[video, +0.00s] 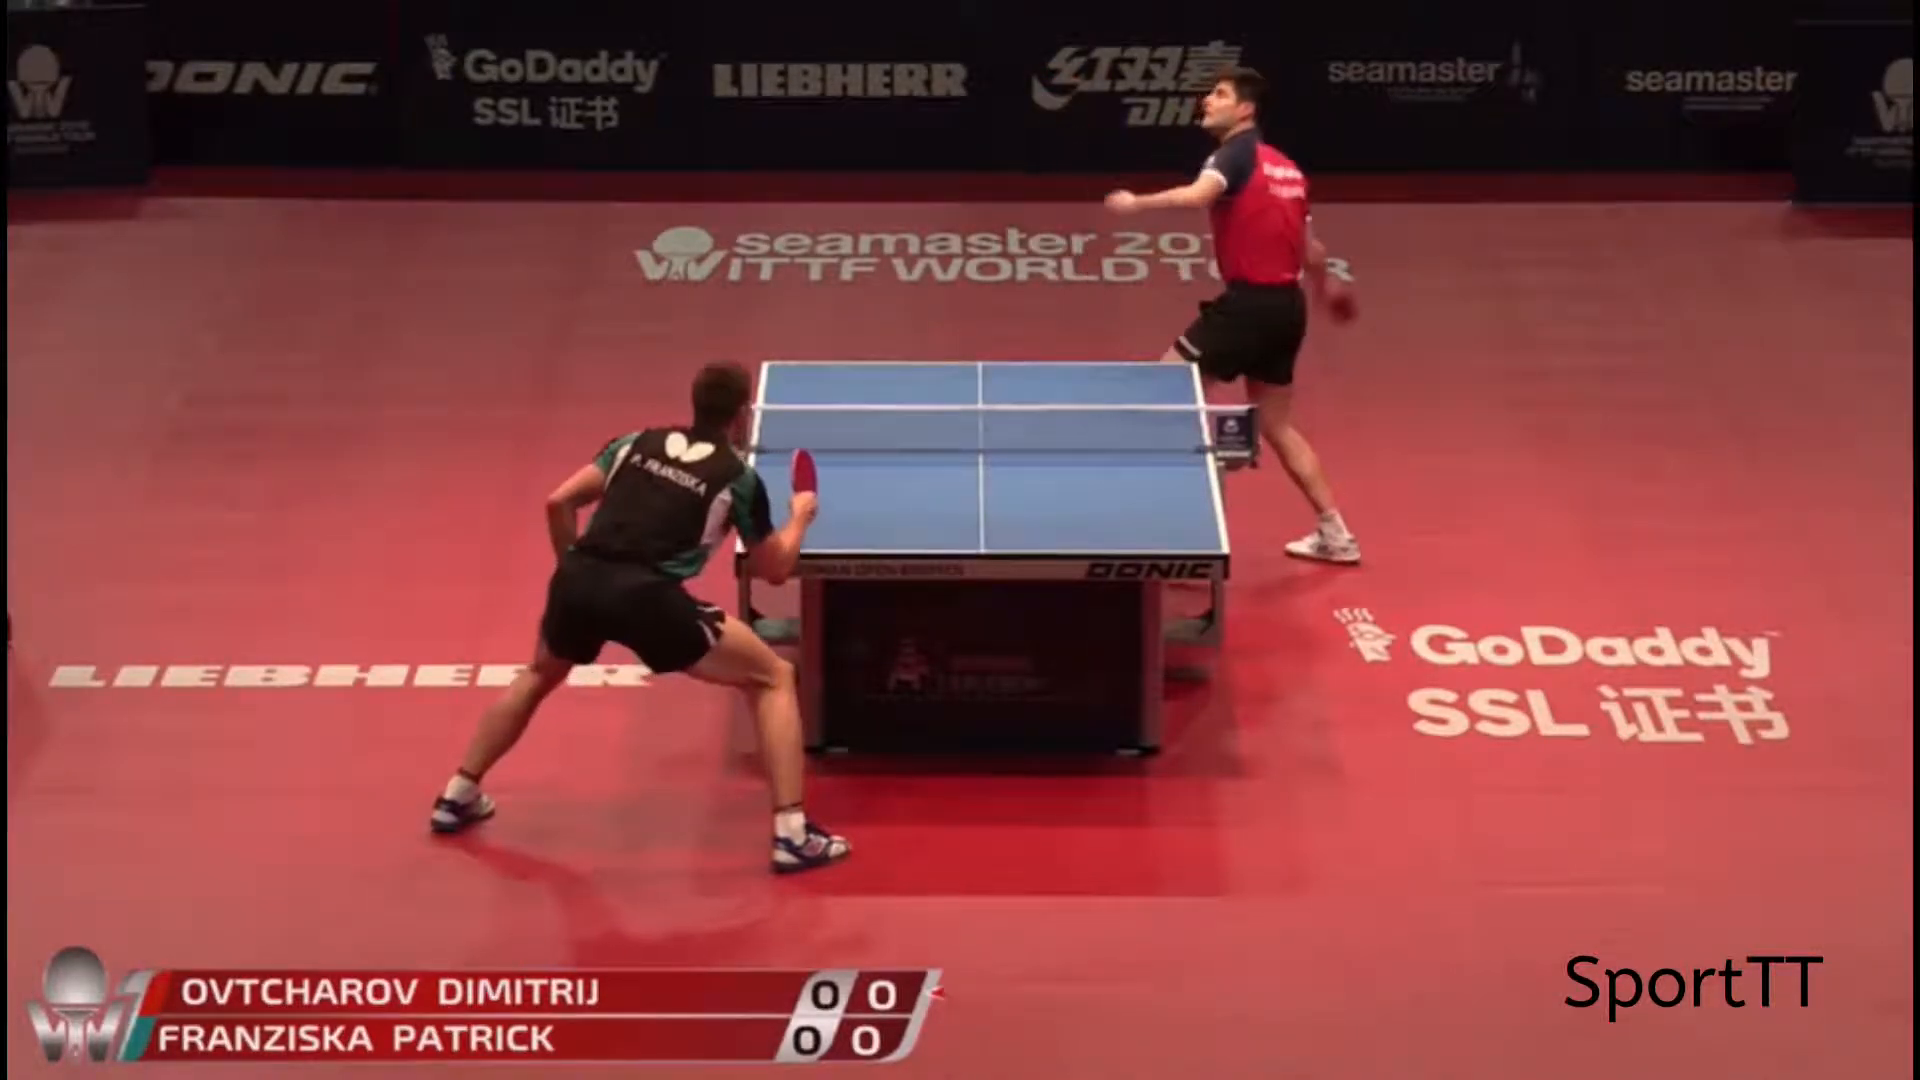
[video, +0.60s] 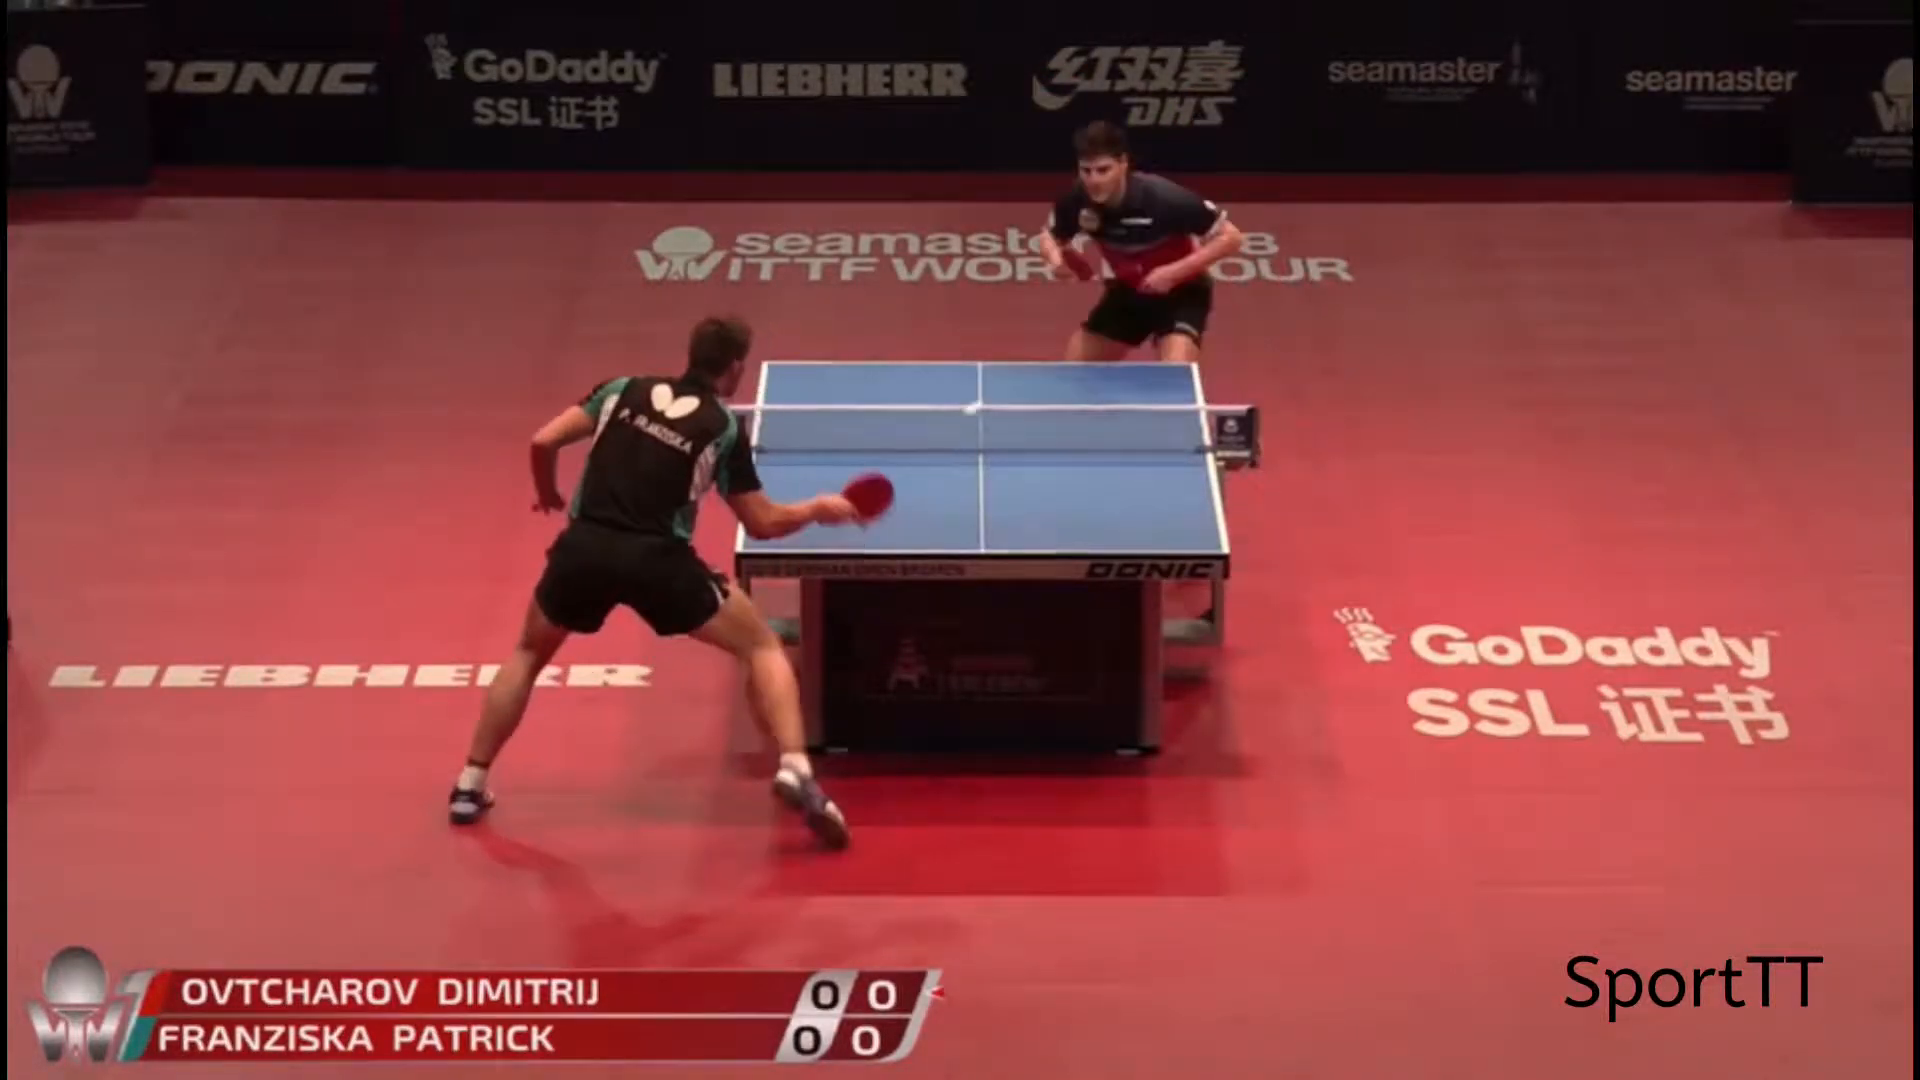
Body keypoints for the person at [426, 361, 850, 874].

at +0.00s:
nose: (752, 419)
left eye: (749, 409)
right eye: (751, 411)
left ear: (695, 405)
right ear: (741, 418)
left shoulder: (638, 443)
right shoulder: (741, 477)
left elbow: (559, 501)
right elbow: (774, 568)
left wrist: (570, 569)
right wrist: (801, 517)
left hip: (577, 583)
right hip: (650, 597)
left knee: (537, 676)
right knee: (774, 678)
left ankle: (458, 793)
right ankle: (792, 831)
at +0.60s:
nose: (743, 374)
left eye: (742, 365)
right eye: (742, 367)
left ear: (688, 359)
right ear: (732, 371)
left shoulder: (625, 390)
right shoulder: (724, 429)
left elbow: (543, 442)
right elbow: (764, 522)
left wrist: (545, 492)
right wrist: (818, 508)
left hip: (584, 549)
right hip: (659, 561)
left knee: (529, 655)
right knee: (762, 646)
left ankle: (470, 782)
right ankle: (795, 764)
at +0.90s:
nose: (760, 374)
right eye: (762, 366)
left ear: (713, 358)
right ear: (760, 371)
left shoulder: (678, 390)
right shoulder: (766, 426)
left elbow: (624, 440)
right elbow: (793, 472)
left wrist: (583, 462)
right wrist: (816, 477)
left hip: (656, 547)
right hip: (730, 553)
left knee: (566, 656)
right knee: (801, 642)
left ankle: (480, 773)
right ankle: (872, 753)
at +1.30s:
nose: (783, 358)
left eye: (776, 349)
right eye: (784, 351)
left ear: (731, 349)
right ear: (780, 359)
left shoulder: (677, 389)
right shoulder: (787, 428)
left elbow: (610, 440)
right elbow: (826, 521)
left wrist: (601, 487)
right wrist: (849, 496)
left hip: (641, 540)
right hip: (716, 552)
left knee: (570, 655)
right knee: (807, 650)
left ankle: (504, 786)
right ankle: (846, 795)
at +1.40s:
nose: (786, 390)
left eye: (774, 378)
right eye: (785, 382)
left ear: (730, 378)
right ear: (778, 390)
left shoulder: (670, 428)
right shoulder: (780, 463)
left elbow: (603, 496)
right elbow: (820, 556)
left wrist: (624, 529)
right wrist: (865, 539)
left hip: (627, 579)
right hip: (697, 595)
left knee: (556, 672)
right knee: (802, 706)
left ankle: (478, 792)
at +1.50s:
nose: (782, 397)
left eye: (775, 385)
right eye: (782, 390)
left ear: (727, 384)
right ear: (772, 396)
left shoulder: (670, 431)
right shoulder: (773, 467)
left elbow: (599, 497)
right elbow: (813, 563)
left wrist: (620, 523)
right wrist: (864, 553)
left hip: (619, 585)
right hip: (692, 601)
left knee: (554, 680)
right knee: (801, 704)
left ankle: (470, 799)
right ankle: (777, 849)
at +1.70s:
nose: (773, 386)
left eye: (770, 375)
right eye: (773, 379)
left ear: (720, 367)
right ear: (763, 387)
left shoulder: (672, 393)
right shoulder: (730, 448)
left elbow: (676, 470)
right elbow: (718, 558)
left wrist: (739, 493)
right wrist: (777, 603)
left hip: (576, 548)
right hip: (641, 567)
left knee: (522, 663)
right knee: (752, 673)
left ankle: (455, 796)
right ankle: (751, 820)